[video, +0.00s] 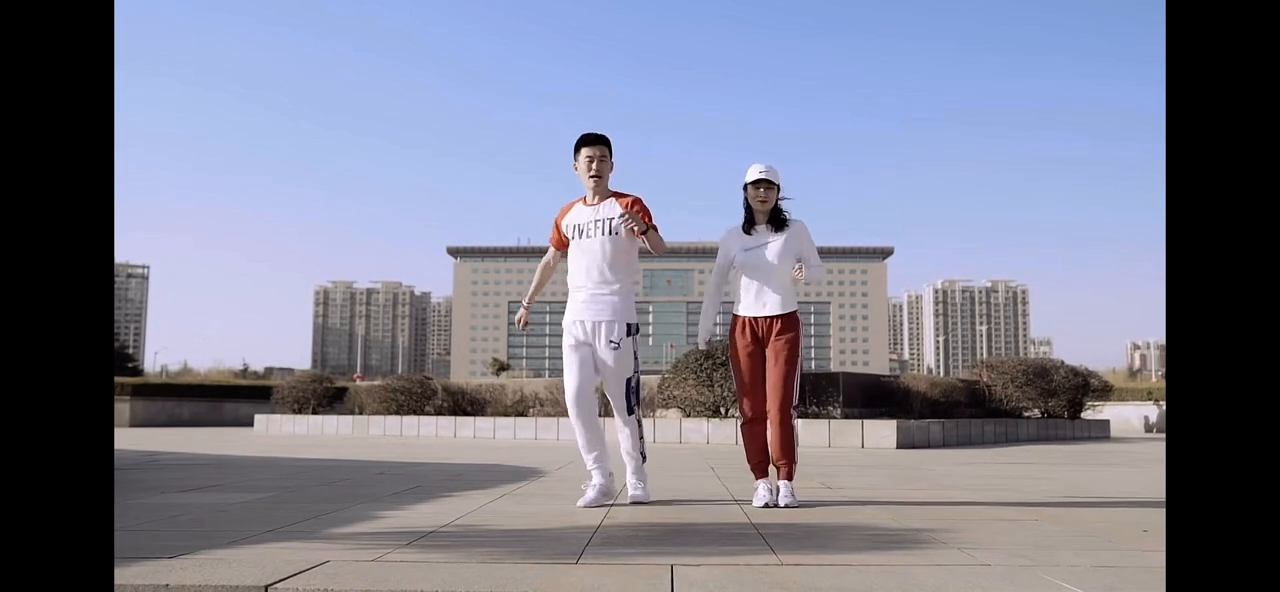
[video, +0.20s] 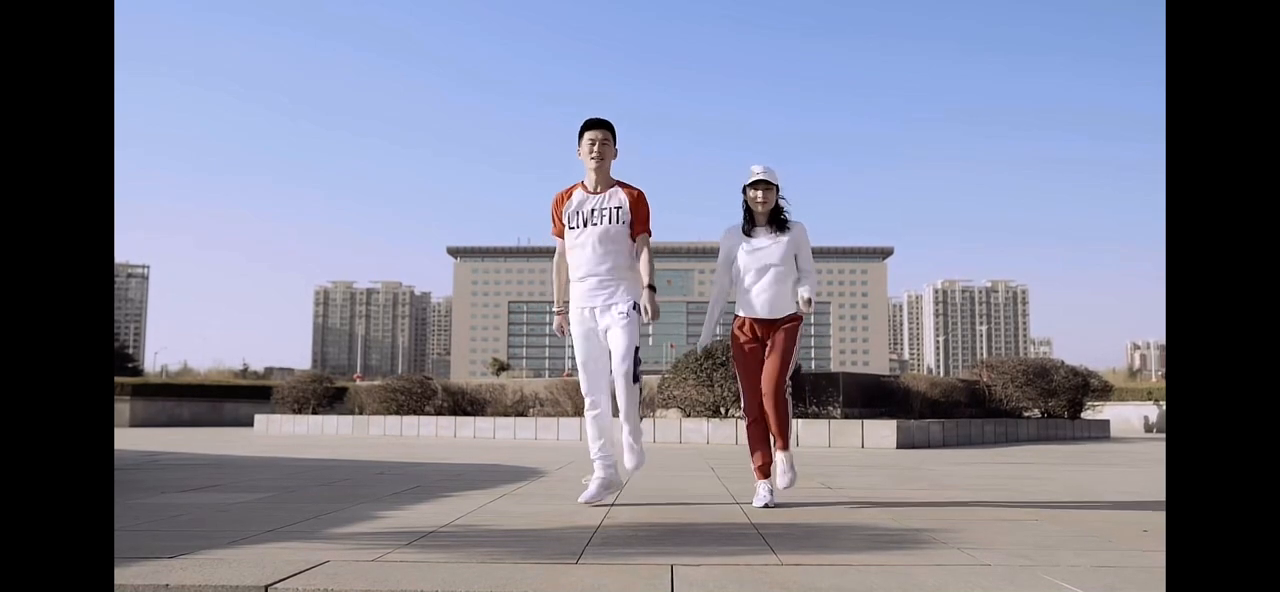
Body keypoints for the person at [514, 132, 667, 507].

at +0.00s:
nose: (595, 165)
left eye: (602, 159)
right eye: (588, 160)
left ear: (611, 165)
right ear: (577, 167)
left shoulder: (630, 206)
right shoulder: (567, 216)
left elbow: (660, 249)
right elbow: (549, 263)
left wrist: (643, 232)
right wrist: (527, 302)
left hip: (616, 316)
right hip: (576, 316)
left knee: (624, 404)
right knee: (576, 400)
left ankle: (636, 479)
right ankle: (600, 480)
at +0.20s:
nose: (597, 147)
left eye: (604, 142)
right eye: (591, 142)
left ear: (615, 151)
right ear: (580, 151)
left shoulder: (632, 196)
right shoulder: (564, 200)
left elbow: (642, 247)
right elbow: (561, 256)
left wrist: (648, 288)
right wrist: (559, 306)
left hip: (621, 300)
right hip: (582, 303)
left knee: (624, 371)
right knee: (593, 393)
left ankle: (631, 436)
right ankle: (603, 471)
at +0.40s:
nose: (606, 162)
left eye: (614, 157)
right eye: (600, 157)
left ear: (626, 166)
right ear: (590, 165)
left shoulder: (641, 215)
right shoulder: (570, 208)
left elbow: (644, 259)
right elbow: (546, 257)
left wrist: (650, 294)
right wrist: (556, 244)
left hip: (626, 302)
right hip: (586, 307)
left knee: (613, 309)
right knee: (596, 396)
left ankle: (620, 400)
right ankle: (617, 478)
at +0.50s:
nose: (613, 151)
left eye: (620, 146)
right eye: (607, 145)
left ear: (629, 154)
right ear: (593, 152)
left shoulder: (639, 198)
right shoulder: (571, 192)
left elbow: (643, 235)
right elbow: (540, 239)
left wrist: (651, 260)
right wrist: (562, 211)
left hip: (623, 297)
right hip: (584, 301)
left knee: (616, 369)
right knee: (594, 386)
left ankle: (613, 468)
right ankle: (614, 463)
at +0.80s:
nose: (612, 151)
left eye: (618, 145)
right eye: (605, 145)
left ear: (627, 152)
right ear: (592, 151)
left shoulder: (642, 199)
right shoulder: (571, 195)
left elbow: (647, 248)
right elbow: (551, 243)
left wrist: (657, 294)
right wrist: (555, 278)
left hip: (620, 306)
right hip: (578, 304)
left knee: (617, 391)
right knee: (576, 386)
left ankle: (615, 477)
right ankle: (593, 450)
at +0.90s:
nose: (605, 157)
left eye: (612, 151)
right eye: (598, 151)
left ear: (621, 157)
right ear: (585, 157)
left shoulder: (638, 207)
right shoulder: (567, 204)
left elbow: (642, 250)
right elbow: (558, 258)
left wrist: (635, 287)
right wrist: (546, 307)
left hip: (617, 305)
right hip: (578, 300)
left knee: (610, 393)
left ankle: (604, 475)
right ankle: (574, 397)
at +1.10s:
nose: (595, 151)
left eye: (602, 145)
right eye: (588, 146)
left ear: (612, 151)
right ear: (576, 152)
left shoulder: (627, 193)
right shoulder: (562, 200)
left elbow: (648, 235)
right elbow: (558, 251)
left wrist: (629, 219)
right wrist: (549, 295)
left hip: (612, 302)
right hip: (571, 297)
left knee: (605, 389)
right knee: (561, 357)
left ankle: (600, 471)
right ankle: (569, 447)